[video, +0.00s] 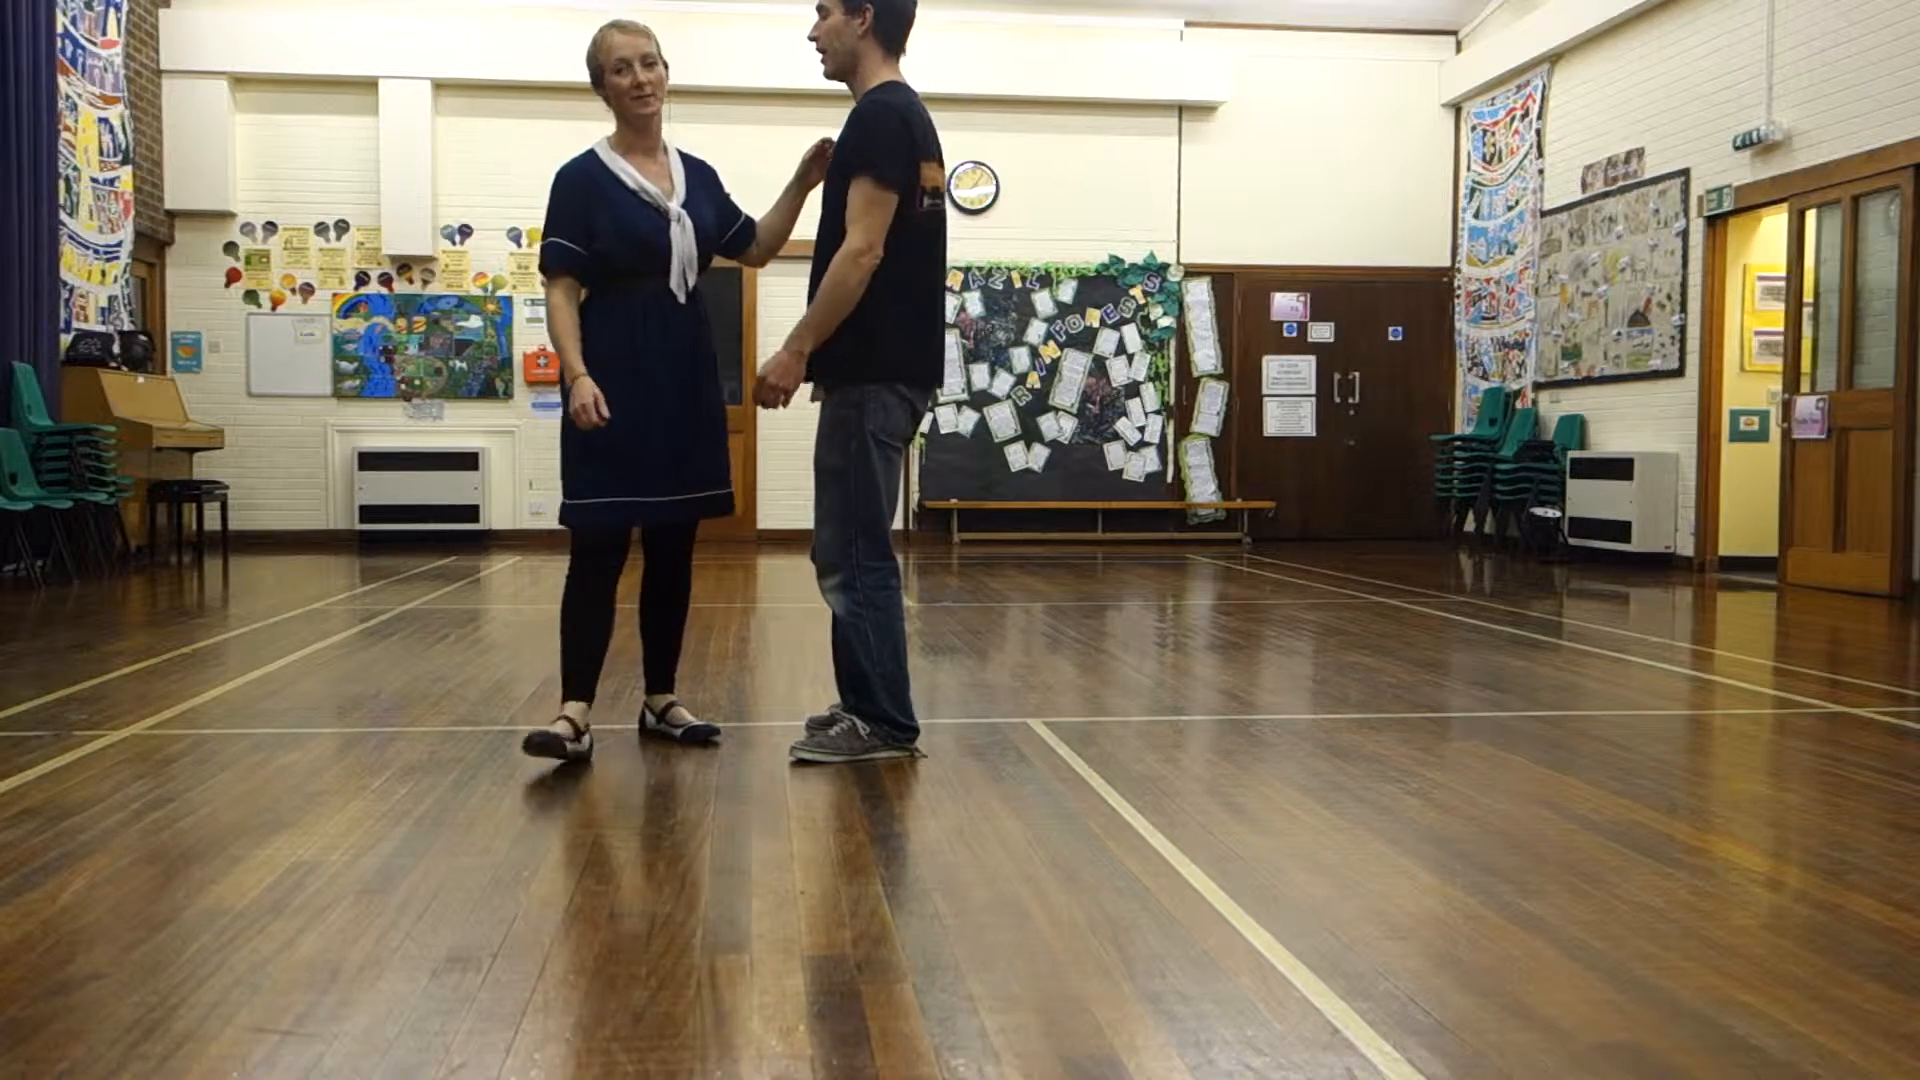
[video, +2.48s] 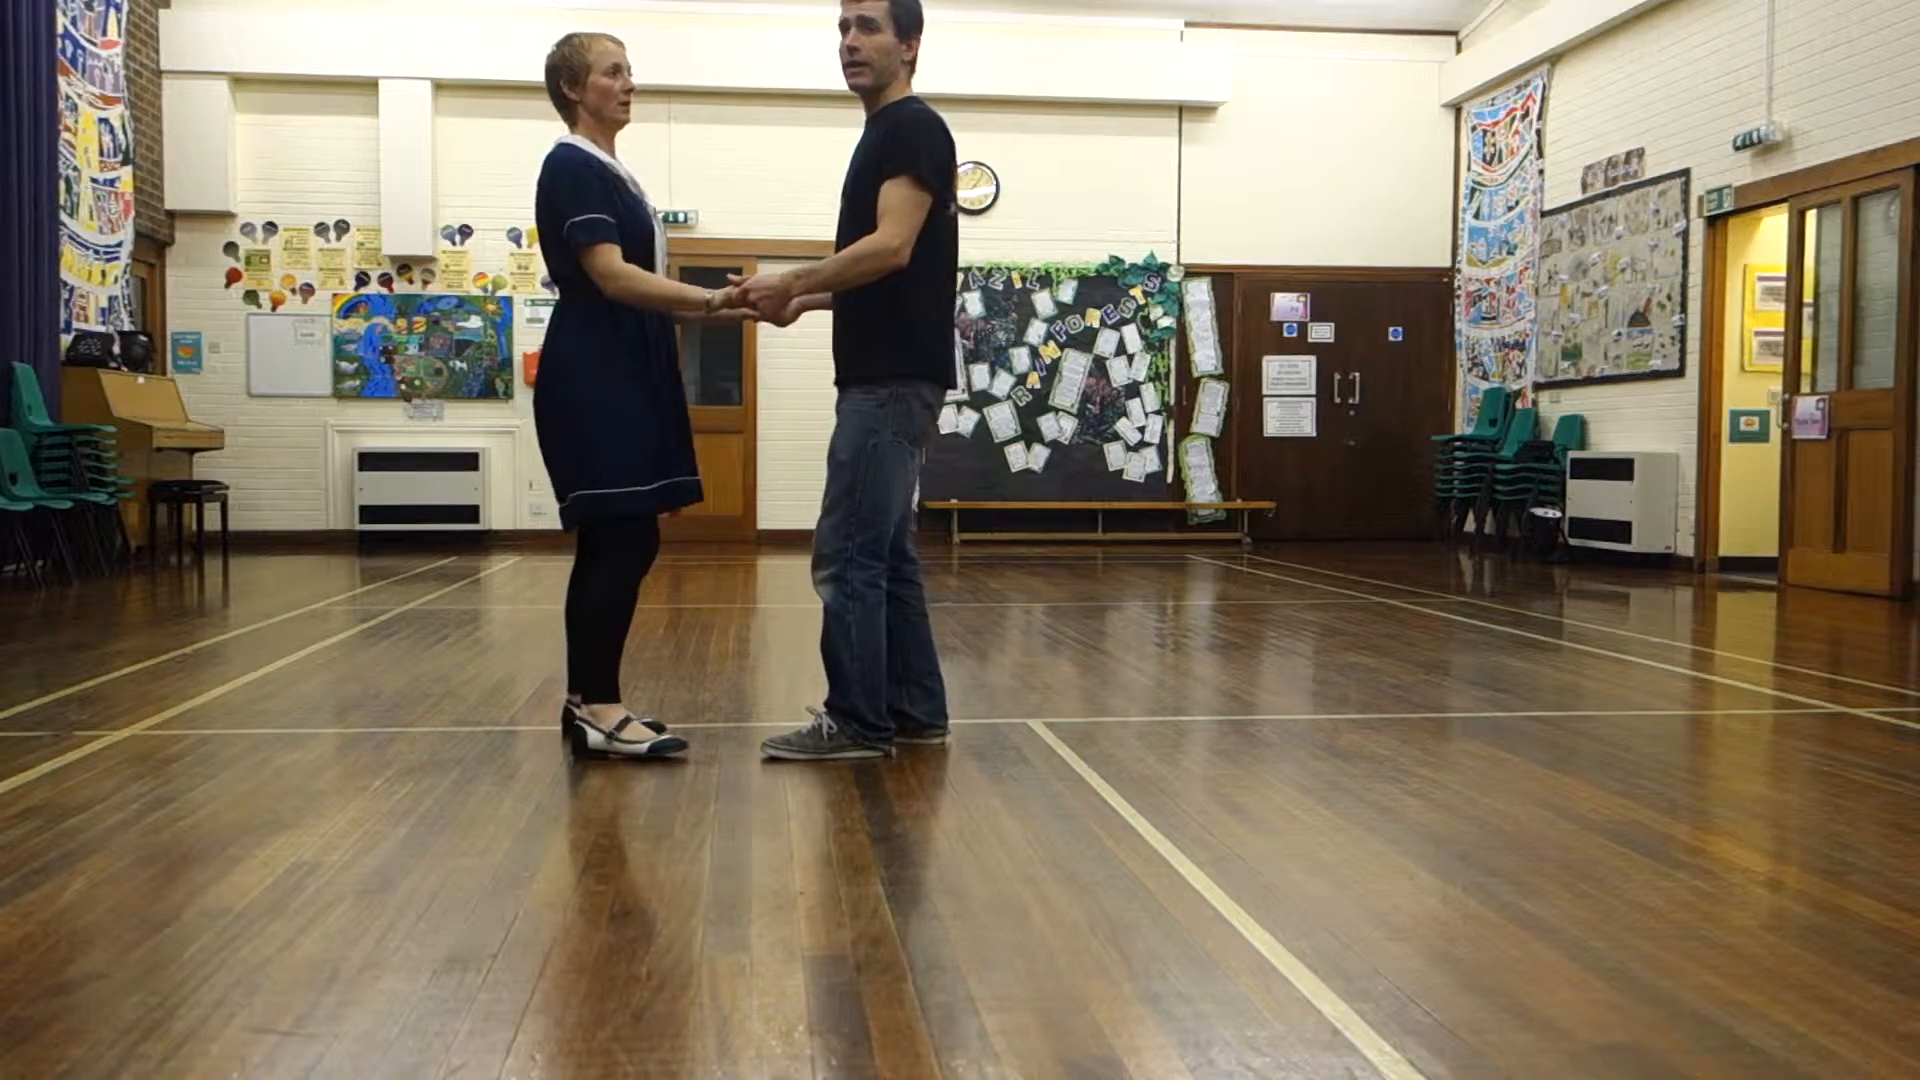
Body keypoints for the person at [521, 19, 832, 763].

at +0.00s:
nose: (639, 77)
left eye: (648, 63)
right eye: (622, 69)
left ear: (667, 73)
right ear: (600, 88)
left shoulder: (696, 175)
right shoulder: (581, 179)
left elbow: (756, 247)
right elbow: (561, 288)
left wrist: (800, 182)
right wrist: (577, 373)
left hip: (685, 387)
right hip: (607, 386)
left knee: (673, 545)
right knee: (598, 548)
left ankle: (661, 704)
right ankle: (574, 715)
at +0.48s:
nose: (678, 73)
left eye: (677, 61)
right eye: (660, 61)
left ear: (667, 79)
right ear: (617, 79)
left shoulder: (695, 176)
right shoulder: (582, 179)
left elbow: (762, 248)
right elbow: (561, 294)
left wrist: (807, 184)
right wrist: (604, 359)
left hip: (685, 390)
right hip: (606, 388)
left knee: (672, 546)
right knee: (596, 548)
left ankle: (661, 703)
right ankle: (573, 707)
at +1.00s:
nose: (675, 65)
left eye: (672, 53)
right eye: (659, 53)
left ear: (634, 70)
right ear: (615, 68)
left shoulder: (666, 173)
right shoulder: (583, 165)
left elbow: (694, 269)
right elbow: (576, 283)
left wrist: (755, 242)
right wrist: (675, 294)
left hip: (670, 393)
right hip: (609, 396)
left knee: (663, 547)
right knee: (623, 553)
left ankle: (658, 705)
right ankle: (592, 720)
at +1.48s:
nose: (656, 54)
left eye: (651, 42)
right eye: (642, 44)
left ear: (611, 60)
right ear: (601, 59)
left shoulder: (618, 154)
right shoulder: (579, 147)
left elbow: (637, 266)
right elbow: (598, 274)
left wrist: (713, 274)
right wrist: (703, 288)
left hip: (633, 389)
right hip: (594, 390)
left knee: (664, 533)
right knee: (613, 542)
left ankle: (618, 694)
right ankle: (593, 719)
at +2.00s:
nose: (633, 77)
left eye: (631, 65)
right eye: (617, 66)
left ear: (591, 81)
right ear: (575, 80)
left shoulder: (601, 165)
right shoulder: (575, 162)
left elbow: (637, 276)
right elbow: (630, 276)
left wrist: (731, 301)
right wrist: (736, 305)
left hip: (620, 388)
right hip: (598, 389)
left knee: (622, 542)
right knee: (616, 542)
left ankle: (594, 705)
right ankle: (592, 715)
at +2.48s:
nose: (630, 84)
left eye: (630, 72)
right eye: (614, 73)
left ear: (599, 90)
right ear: (573, 89)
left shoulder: (610, 171)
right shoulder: (574, 165)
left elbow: (639, 282)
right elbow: (611, 276)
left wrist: (717, 299)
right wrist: (710, 301)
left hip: (618, 383)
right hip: (595, 384)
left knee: (614, 540)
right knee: (627, 539)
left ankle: (590, 701)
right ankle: (598, 708)